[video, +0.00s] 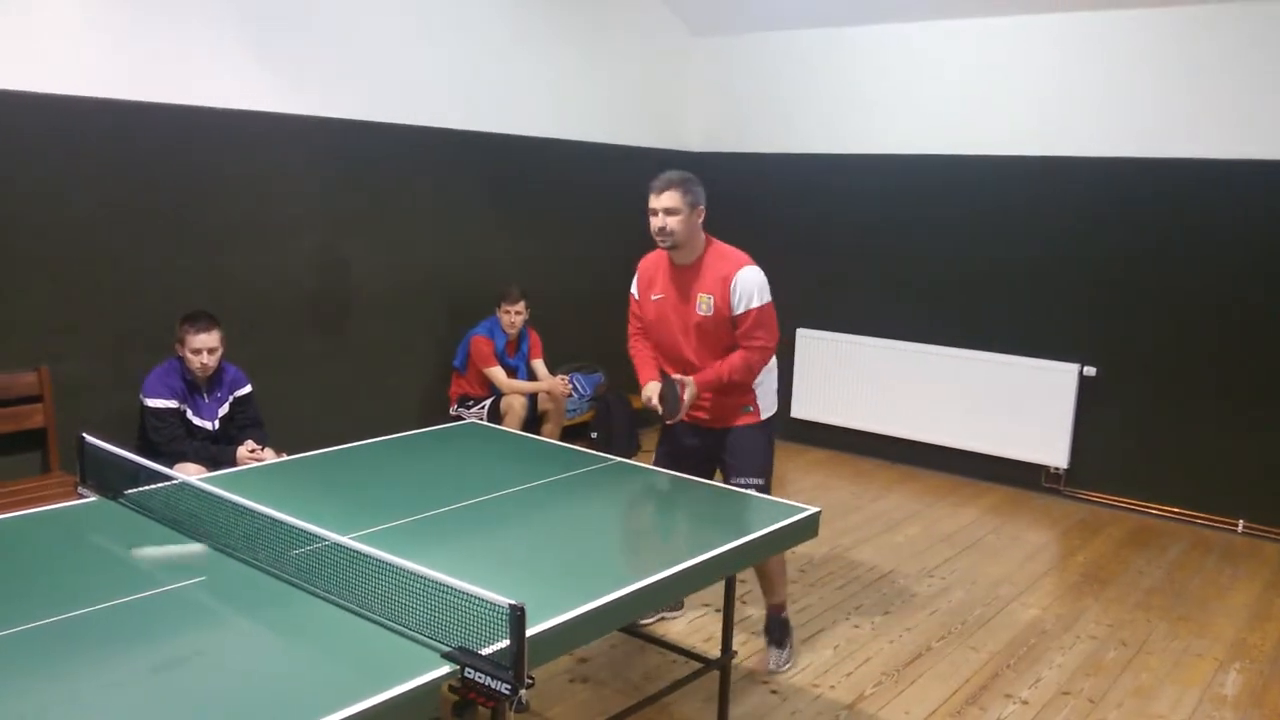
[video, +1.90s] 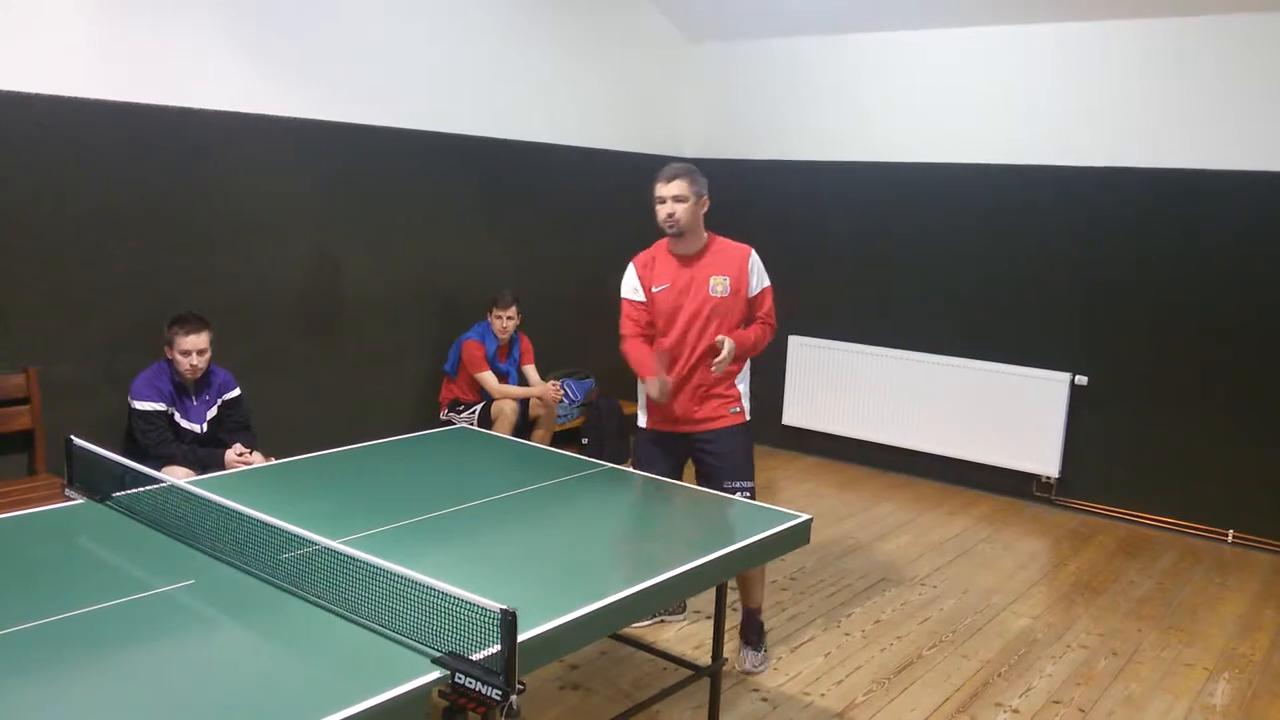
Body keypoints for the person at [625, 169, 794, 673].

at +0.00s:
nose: (658, 223)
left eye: (669, 213)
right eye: (653, 213)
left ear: (699, 215)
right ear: (649, 216)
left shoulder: (740, 273)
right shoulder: (647, 271)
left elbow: (760, 347)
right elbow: (638, 335)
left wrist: (700, 382)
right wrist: (650, 379)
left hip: (743, 418)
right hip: (684, 416)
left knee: (752, 518)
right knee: (662, 506)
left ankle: (778, 624)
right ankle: (667, 593)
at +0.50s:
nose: (696, 224)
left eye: (707, 214)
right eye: (689, 213)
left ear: (735, 214)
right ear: (682, 215)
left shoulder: (775, 270)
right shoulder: (669, 272)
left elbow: (804, 336)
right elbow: (641, 336)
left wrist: (776, 388)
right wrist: (637, 384)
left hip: (757, 424)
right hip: (693, 418)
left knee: (770, 524)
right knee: (666, 509)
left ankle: (774, 625)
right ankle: (661, 588)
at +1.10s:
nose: (652, 237)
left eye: (661, 227)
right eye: (648, 228)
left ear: (694, 226)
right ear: (649, 229)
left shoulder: (740, 277)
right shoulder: (653, 280)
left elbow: (772, 351)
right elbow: (650, 344)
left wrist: (705, 371)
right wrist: (642, 380)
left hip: (740, 431)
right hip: (684, 426)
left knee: (744, 533)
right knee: (665, 516)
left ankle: (751, 641)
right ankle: (666, 599)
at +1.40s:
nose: (623, 248)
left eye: (628, 237)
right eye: (621, 238)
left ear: (661, 232)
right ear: (649, 237)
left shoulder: (723, 271)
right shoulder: (650, 294)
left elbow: (771, 326)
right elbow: (637, 360)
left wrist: (704, 354)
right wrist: (579, 394)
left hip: (743, 429)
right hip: (689, 425)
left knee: (741, 535)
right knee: (657, 513)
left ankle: (755, 640)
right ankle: (670, 600)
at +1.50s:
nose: (620, 236)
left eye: (627, 226)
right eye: (619, 227)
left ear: (659, 222)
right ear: (645, 226)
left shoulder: (724, 261)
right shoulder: (634, 285)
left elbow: (771, 321)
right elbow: (599, 338)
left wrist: (711, 339)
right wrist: (536, 360)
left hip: (742, 420)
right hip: (682, 418)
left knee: (747, 530)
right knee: (662, 512)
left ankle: (755, 638)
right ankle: (674, 594)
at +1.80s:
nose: (649, 217)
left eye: (659, 207)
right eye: (644, 209)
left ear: (688, 209)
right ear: (641, 215)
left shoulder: (733, 262)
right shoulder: (632, 269)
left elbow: (761, 326)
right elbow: (605, 341)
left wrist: (731, 339)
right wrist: (586, 329)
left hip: (723, 422)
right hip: (660, 421)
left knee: (739, 526)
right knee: (647, 515)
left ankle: (749, 634)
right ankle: (670, 595)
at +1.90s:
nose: (668, 210)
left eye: (678, 200)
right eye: (661, 202)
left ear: (703, 204)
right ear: (654, 208)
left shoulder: (741, 259)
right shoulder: (641, 268)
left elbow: (765, 324)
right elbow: (632, 335)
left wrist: (737, 344)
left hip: (722, 419)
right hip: (658, 422)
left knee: (741, 521)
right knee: (648, 514)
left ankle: (751, 626)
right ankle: (667, 596)